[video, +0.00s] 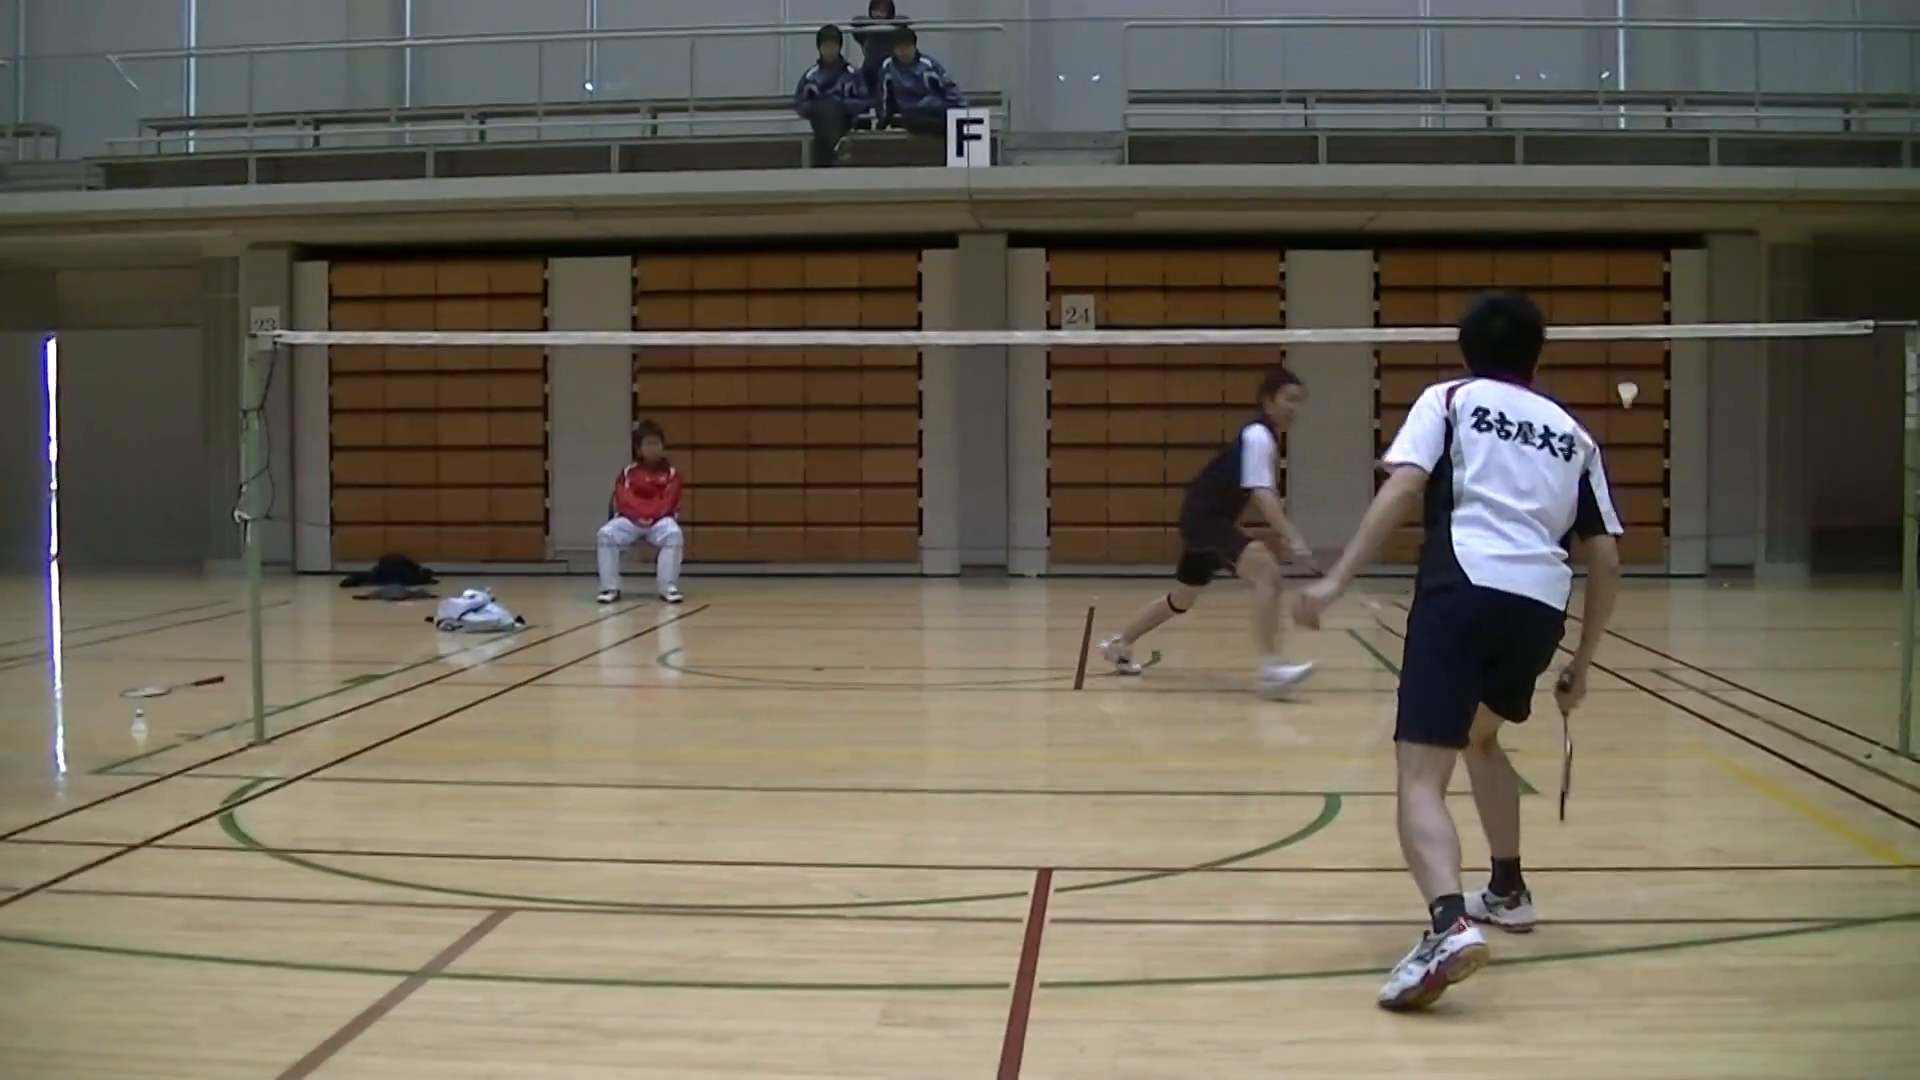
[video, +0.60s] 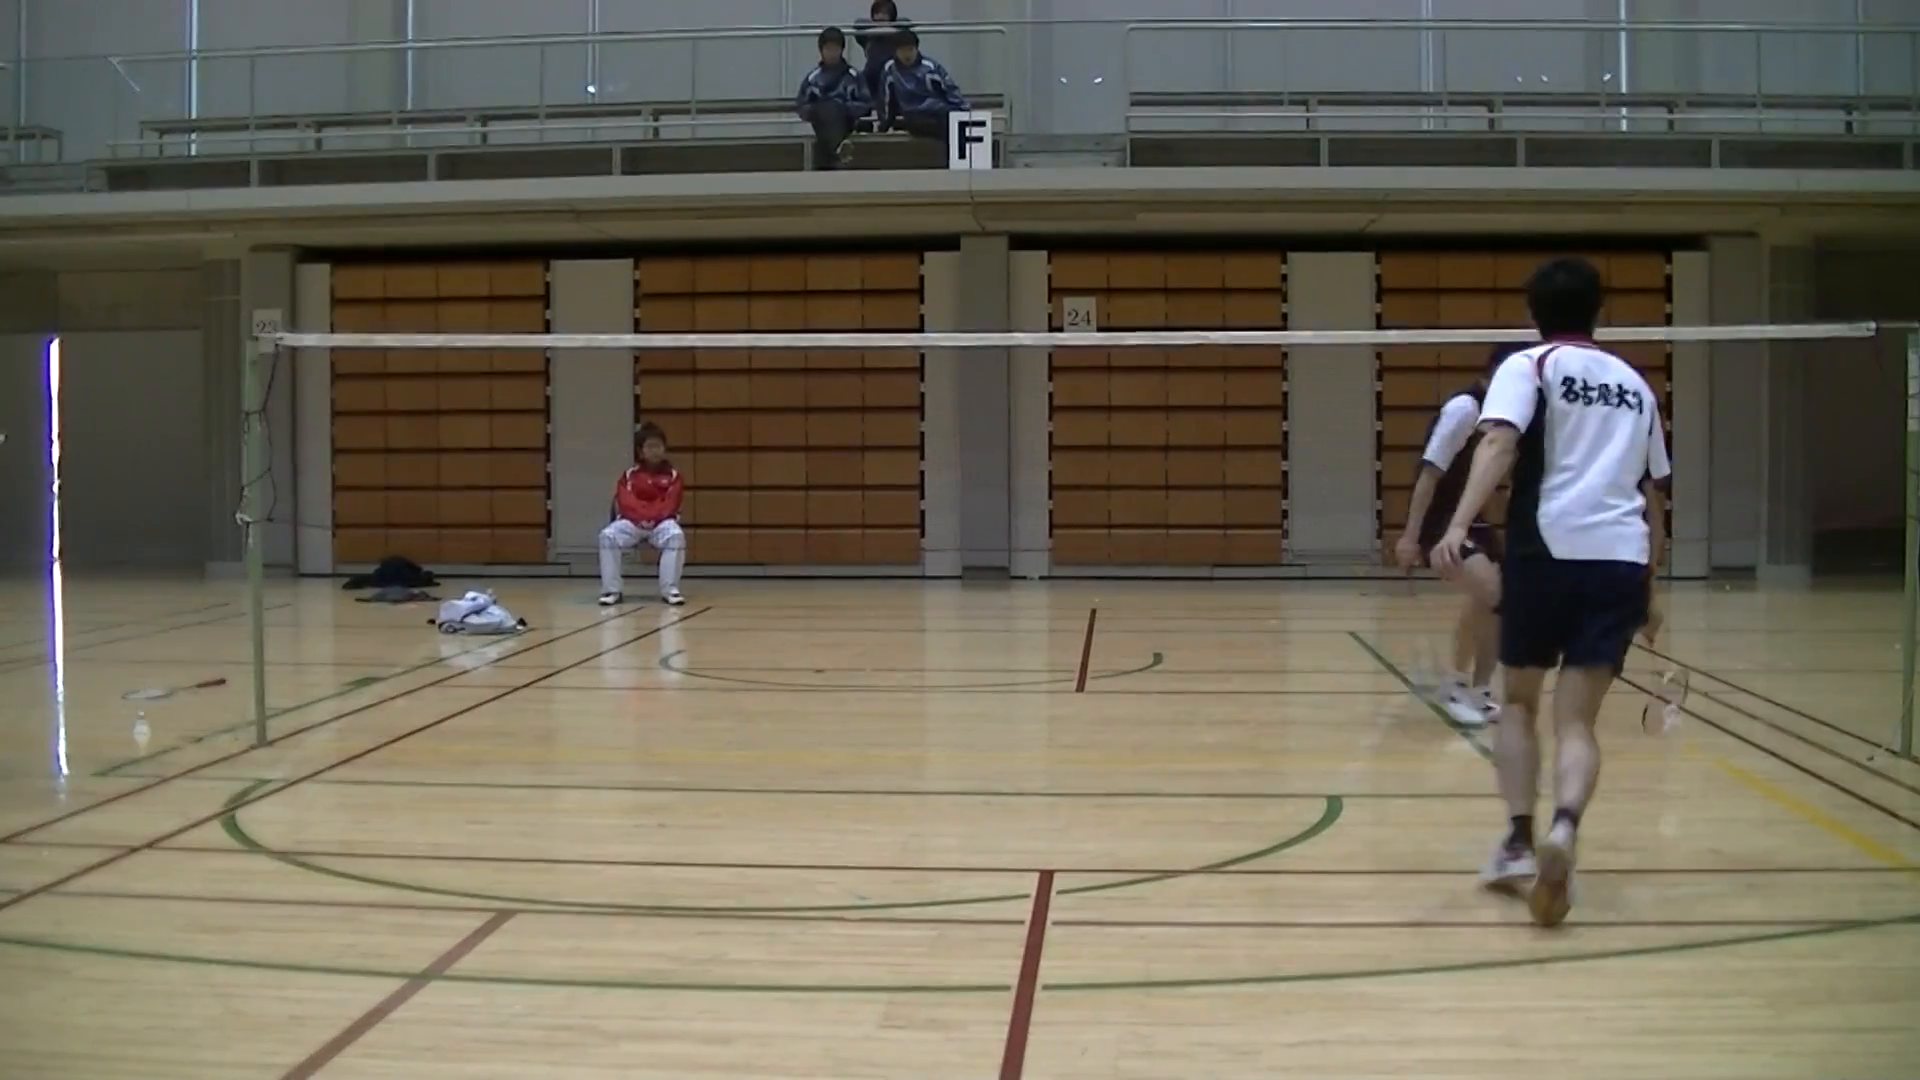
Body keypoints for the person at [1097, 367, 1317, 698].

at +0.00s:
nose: (1295, 408)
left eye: (1299, 401)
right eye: (1290, 399)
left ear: (1299, 403)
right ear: (1268, 400)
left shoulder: (1267, 437)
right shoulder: (1258, 436)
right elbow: (1263, 495)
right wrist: (1292, 538)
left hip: (1210, 521)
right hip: (1206, 521)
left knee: (1179, 600)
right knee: (1265, 569)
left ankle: (1119, 643)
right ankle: (1271, 665)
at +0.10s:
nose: (1349, 426)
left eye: (1352, 419)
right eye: (1342, 417)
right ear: (1320, 417)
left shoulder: (1303, 448)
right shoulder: (1308, 454)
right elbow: (1320, 517)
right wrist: (1346, 567)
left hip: (1251, 540)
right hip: (1255, 541)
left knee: (1224, 613)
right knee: (1314, 591)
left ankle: (1156, 647)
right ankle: (1338, 685)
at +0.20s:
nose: (1399, 439)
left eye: (1402, 431)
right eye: (1392, 430)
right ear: (1369, 429)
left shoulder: (1358, 460)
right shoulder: (1347, 462)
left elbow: (1357, 528)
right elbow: (1355, 532)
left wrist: (1362, 585)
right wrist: (1369, 590)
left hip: (1303, 541)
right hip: (1286, 540)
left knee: (1287, 631)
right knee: (1349, 583)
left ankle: (1219, 649)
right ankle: (1343, 684)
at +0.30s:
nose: (1437, 425)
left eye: (1442, 417)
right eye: (1432, 415)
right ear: (1409, 410)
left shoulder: (1396, 441)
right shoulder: (1385, 443)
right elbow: (1368, 516)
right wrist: (1371, 582)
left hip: (1335, 522)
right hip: (1319, 523)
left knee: (1357, 608)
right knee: (1365, 604)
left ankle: (1290, 647)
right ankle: (1346, 685)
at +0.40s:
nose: (1470, 402)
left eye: (1476, 395)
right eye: (1465, 392)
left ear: (1479, 393)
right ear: (1443, 386)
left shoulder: (1445, 424)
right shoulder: (1417, 415)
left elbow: (1412, 484)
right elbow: (1389, 481)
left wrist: (1408, 537)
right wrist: (1375, 544)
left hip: (1385, 507)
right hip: (1354, 508)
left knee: (1419, 588)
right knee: (1397, 590)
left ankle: (1385, 667)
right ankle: (1361, 668)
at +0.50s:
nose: (1495, 387)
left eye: (1499, 380)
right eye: (1492, 377)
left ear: (1491, 377)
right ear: (1473, 371)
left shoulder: (1474, 410)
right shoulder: (1443, 402)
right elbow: (1410, 467)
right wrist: (1391, 527)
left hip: (1428, 508)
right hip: (1399, 509)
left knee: (1461, 589)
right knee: (1439, 584)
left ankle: (1471, 685)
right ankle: (1395, 661)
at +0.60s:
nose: (1516, 386)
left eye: (1520, 380)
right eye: (1511, 376)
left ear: (1519, 386)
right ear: (1494, 374)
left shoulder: (1514, 419)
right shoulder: (1464, 408)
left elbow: (1500, 485)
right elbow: (1430, 473)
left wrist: (1500, 534)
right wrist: (1410, 535)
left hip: (1476, 523)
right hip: (1441, 522)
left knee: (1489, 598)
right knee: (1489, 588)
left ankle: (1481, 689)